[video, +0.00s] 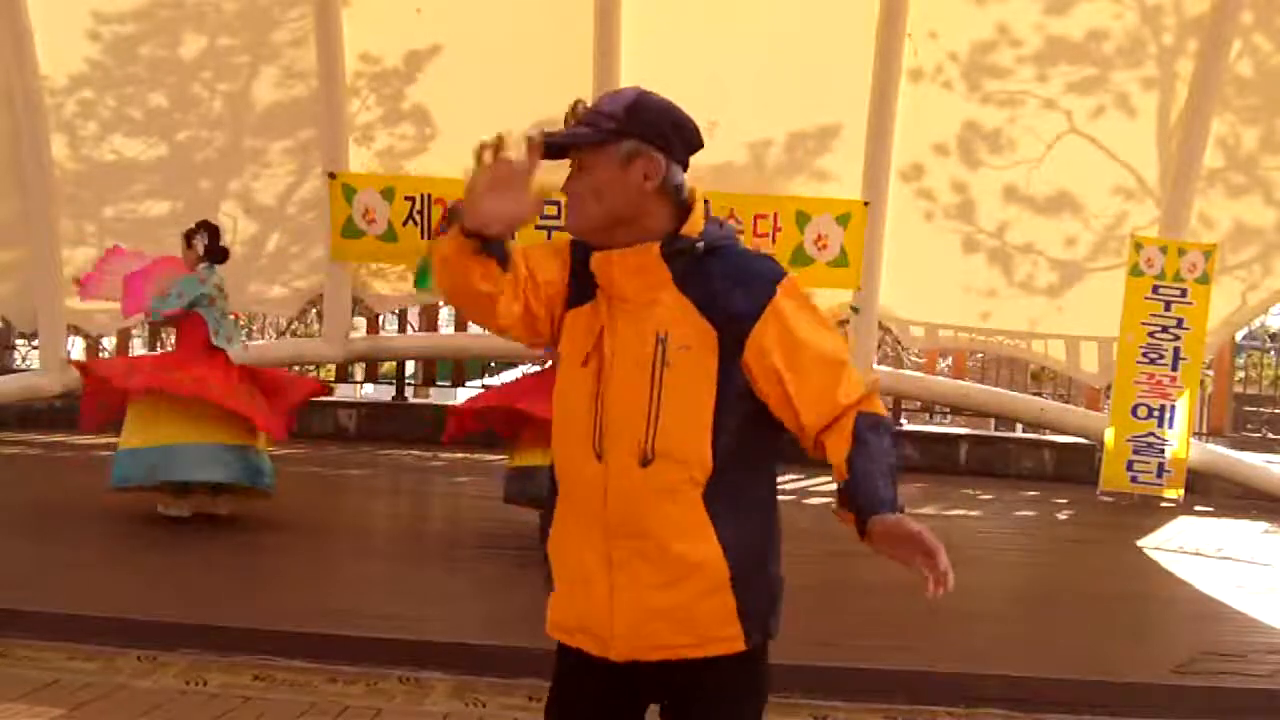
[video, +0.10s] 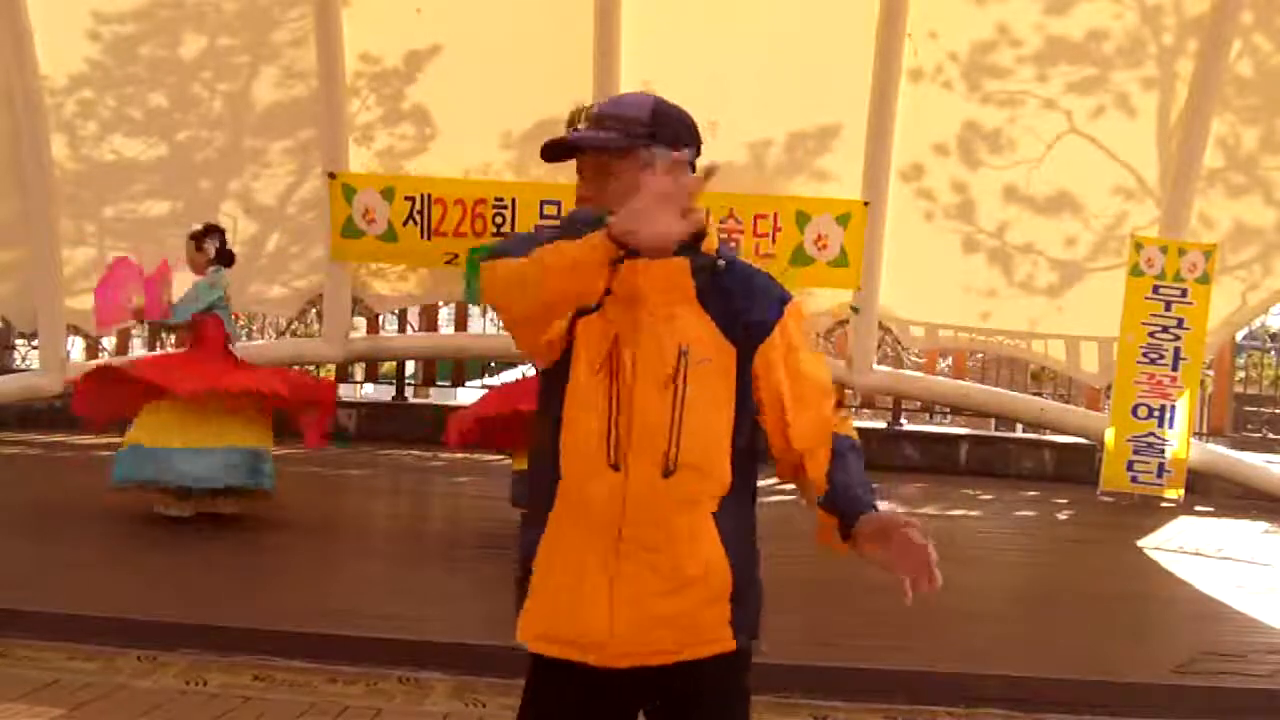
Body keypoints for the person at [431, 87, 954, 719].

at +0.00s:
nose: (565, 179)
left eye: (582, 163)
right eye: (569, 164)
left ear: (644, 170)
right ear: (637, 171)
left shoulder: (741, 284)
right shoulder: (572, 274)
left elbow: (843, 403)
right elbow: (486, 294)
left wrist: (876, 509)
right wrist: (473, 234)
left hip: (710, 633)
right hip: (589, 630)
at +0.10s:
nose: (583, 183)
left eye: (604, 163)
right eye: (583, 164)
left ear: (667, 173)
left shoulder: (745, 298)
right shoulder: (565, 275)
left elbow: (809, 424)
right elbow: (499, 281)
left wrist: (862, 514)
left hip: (696, 633)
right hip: (570, 631)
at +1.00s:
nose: (931, 205)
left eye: (933, 186)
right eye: (928, 185)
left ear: (827, 180)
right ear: (894, 185)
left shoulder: (735, 277)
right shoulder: (884, 270)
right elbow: (1024, 296)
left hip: (681, 626)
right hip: (791, 638)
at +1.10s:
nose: (967, 206)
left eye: (968, 187)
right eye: (967, 187)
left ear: (866, 177)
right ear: (942, 189)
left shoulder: (771, 274)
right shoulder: (929, 272)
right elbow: (1068, 303)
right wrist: (993, 254)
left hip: (718, 620)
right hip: (833, 633)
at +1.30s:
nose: (997, 220)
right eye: (998, 208)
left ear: (897, 198)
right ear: (990, 211)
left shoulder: (815, 299)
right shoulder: (1010, 298)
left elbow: (731, 448)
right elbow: (1094, 333)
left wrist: (783, 514)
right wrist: (1122, 295)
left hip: (795, 629)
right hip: (921, 637)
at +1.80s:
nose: (880, 241)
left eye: (882, 227)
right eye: (883, 227)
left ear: (892, 224)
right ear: (970, 224)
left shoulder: (865, 314)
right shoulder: (1017, 311)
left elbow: (777, 453)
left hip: (895, 634)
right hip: (1002, 632)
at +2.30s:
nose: (950, 265)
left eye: (951, 249)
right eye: (952, 248)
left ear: (963, 251)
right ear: (1031, 256)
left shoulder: (972, 331)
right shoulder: (1065, 339)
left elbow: (870, 436)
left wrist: (788, 521)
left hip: (983, 654)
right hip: (1063, 653)